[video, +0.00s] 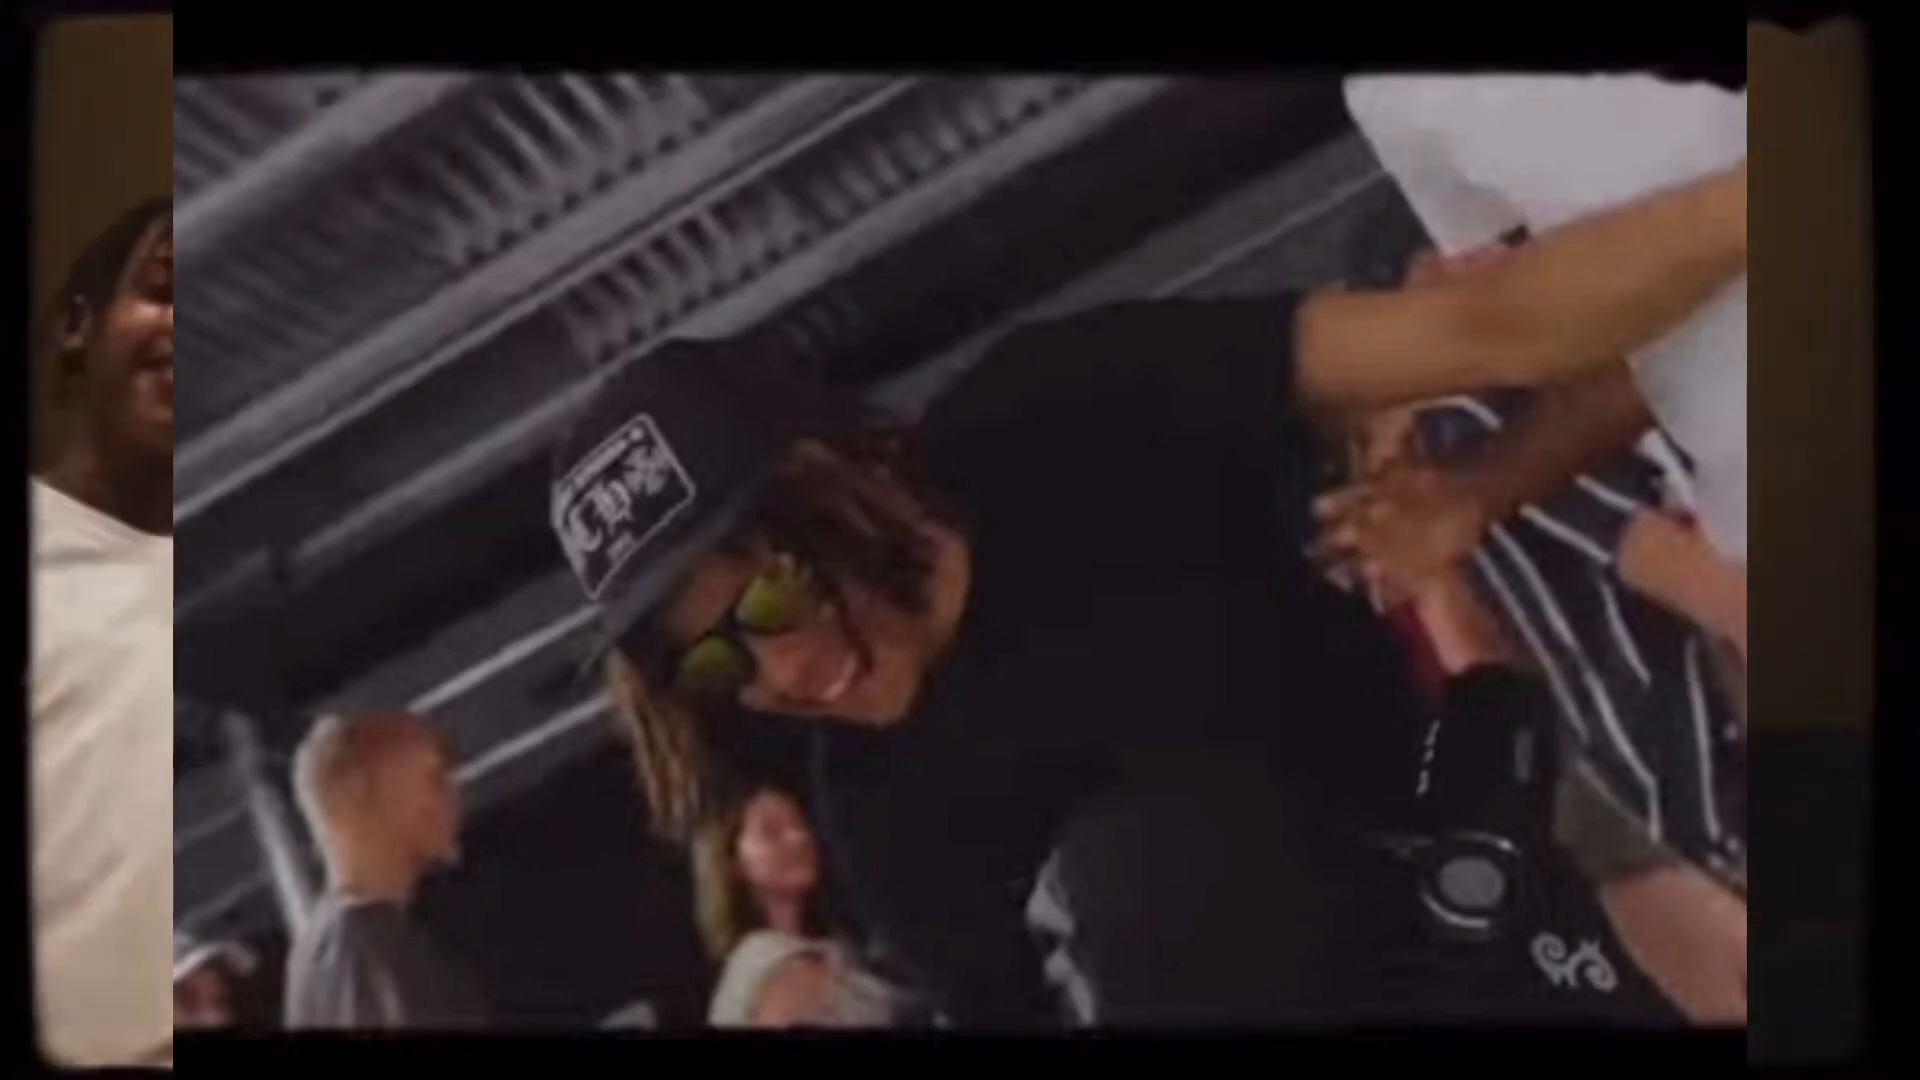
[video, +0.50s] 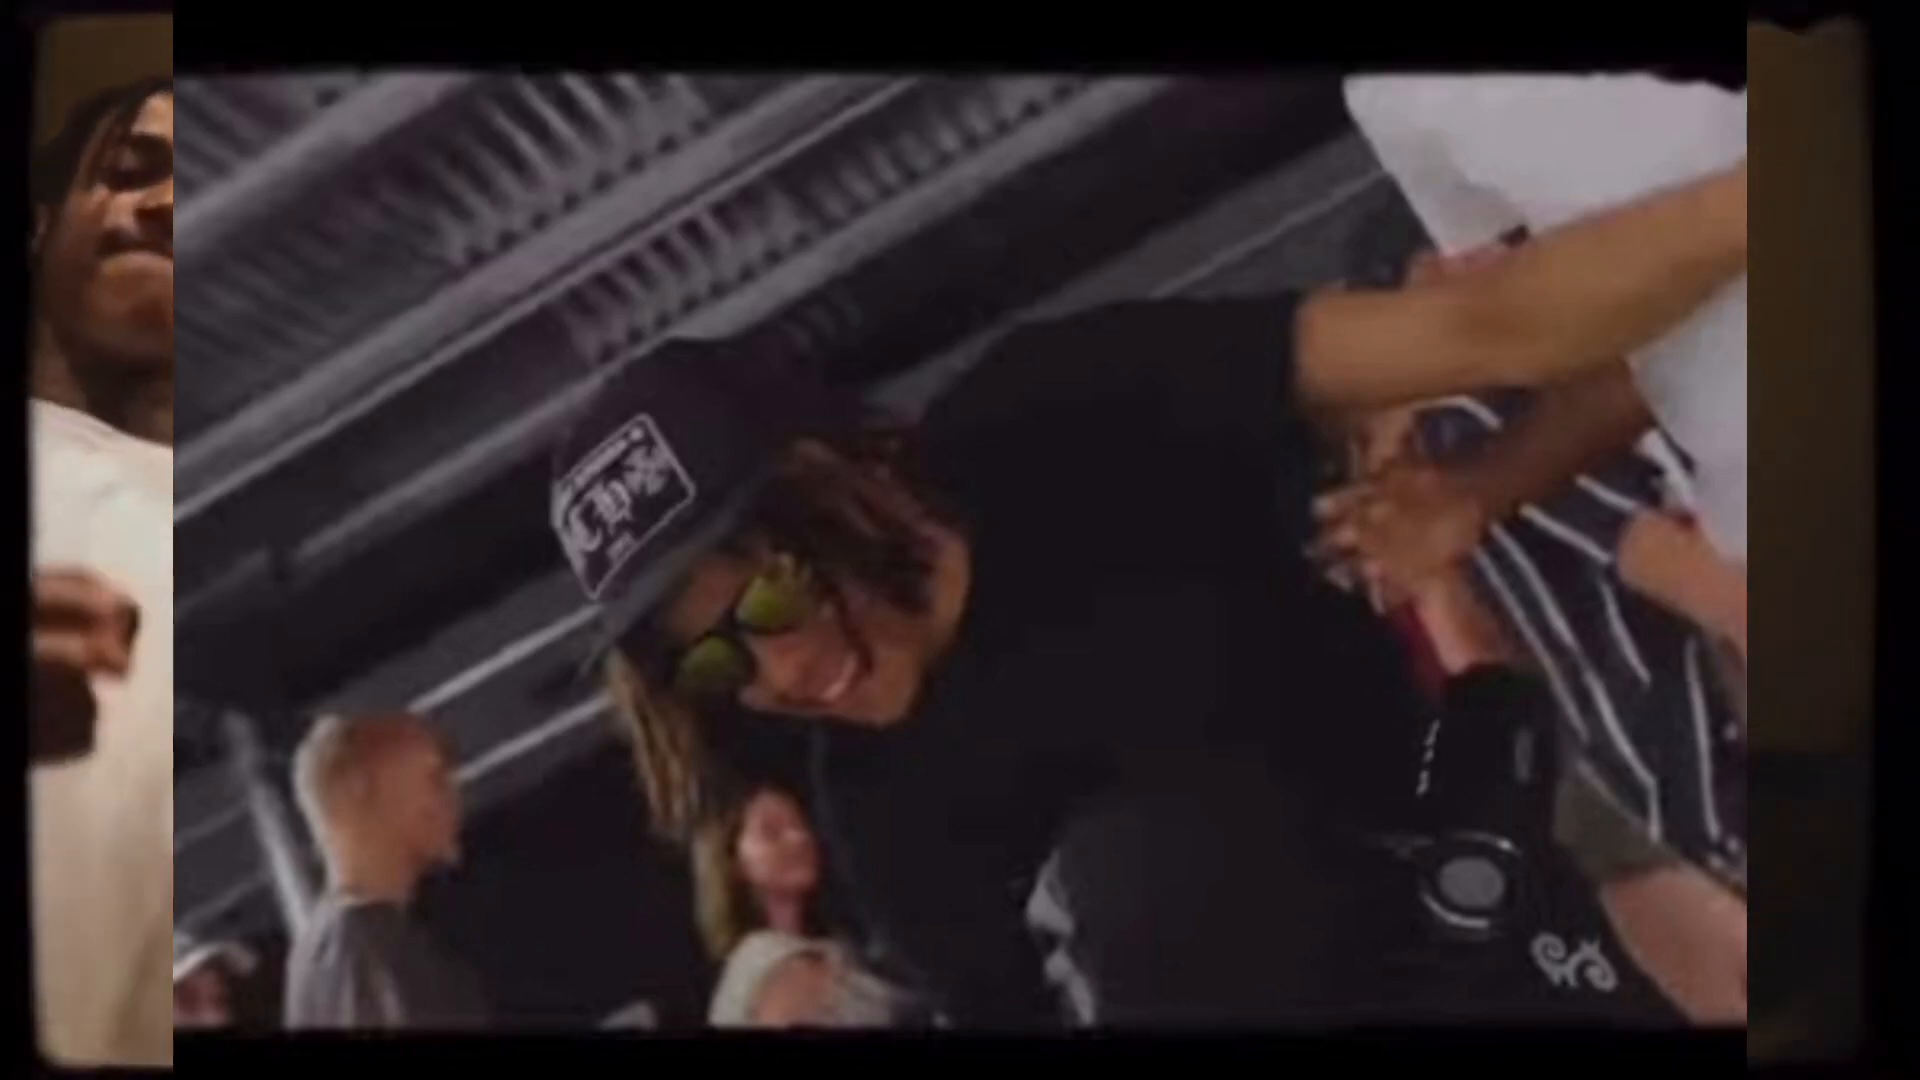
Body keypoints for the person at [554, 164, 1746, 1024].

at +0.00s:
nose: (768, 661)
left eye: (761, 587)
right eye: (709, 657)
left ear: (835, 480)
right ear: (686, 685)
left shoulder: (1051, 403)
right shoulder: (887, 843)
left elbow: (1469, 330)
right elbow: (1030, 1023)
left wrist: (1760, 200)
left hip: (1476, 839)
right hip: (1242, 973)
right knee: (1136, 867)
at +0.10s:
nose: (769, 660)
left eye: (763, 586)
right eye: (711, 657)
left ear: (835, 477)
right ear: (689, 687)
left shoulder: (1050, 403)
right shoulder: (887, 843)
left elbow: (1470, 328)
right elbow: (1038, 1023)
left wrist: (1765, 198)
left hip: (1476, 839)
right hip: (1247, 974)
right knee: (1134, 870)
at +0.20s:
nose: (769, 660)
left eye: (763, 586)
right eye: (711, 657)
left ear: (836, 478)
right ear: (690, 686)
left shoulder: (1050, 403)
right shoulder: (887, 842)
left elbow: (1469, 328)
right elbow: (1036, 1022)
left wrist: (1764, 199)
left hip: (1474, 840)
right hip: (1237, 971)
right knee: (1134, 871)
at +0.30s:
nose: (768, 661)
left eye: (761, 587)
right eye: (710, 657)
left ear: (835, 478)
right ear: (688, 685)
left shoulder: (1050, 404)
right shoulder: (887, 844)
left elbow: (1469, 329)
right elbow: (1035, 1022)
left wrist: (1764, 198)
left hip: (1474, 840)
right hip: (1238, 973)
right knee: (1134, 871)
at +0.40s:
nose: (770, 661)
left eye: (763, 587)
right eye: (712, 658)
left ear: (836, 478)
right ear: (689, 687)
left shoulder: (1050, 403)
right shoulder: (887, 839)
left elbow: (1470, 328)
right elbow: (1034, 1022)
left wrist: (1763, 200)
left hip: (1471, 842)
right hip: (1231, 971)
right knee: (1135, 868)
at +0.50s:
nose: (768, 661)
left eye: (761, 587)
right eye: (710, 657)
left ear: (834, 478)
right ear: (688, 686)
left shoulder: (1052, 403)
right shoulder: (888, 844)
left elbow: (1469, 328)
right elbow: (1032, 1023)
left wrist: (1764, 199)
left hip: (1475, 841)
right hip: (1239, 974)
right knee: (1135, 870)